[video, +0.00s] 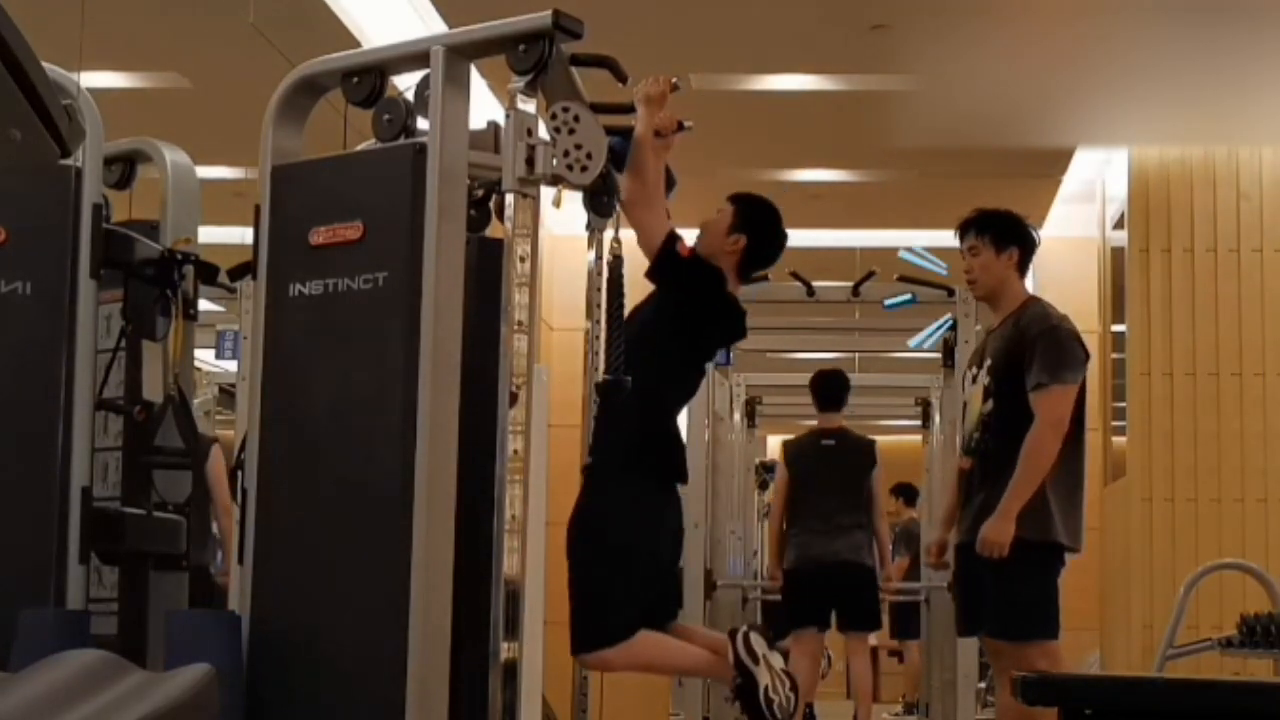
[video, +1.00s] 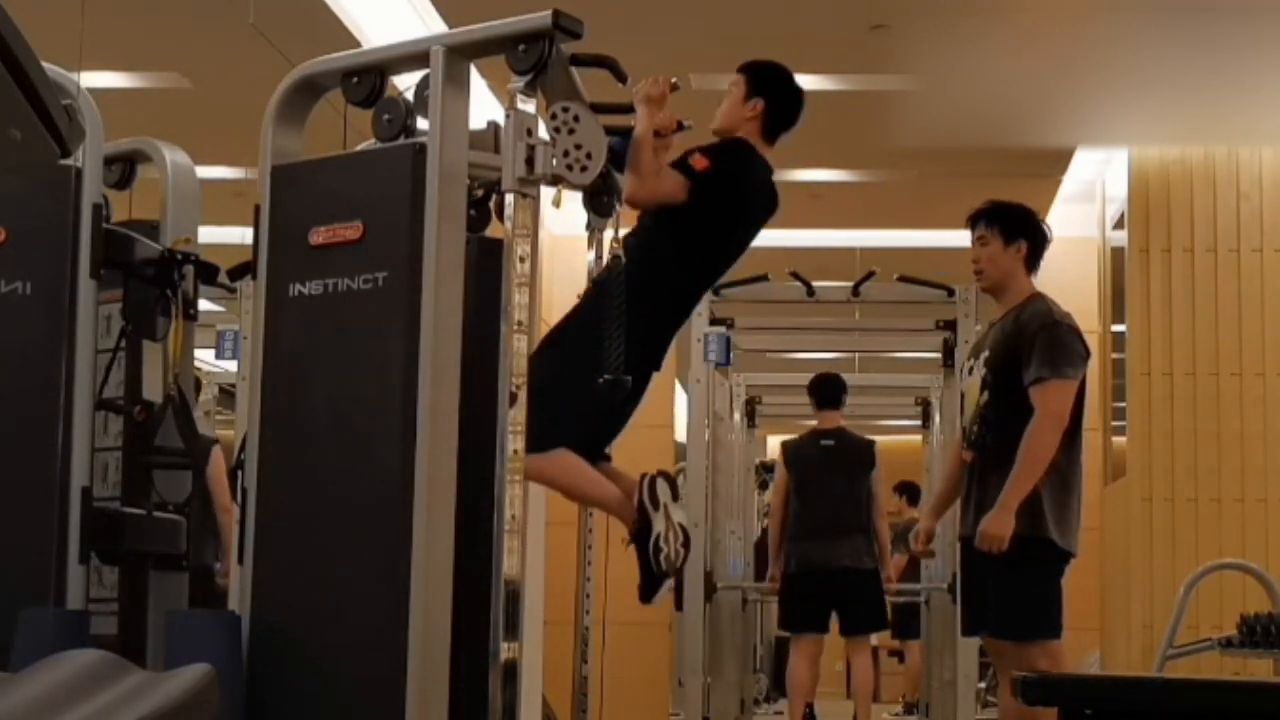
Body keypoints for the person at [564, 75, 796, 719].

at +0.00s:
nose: (708, 216)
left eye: (720, 213)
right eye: (718, 210)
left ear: (736, 239)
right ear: (741, 246)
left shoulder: (700, 289)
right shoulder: (704, 288)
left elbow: (643, 207)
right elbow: (649, 213)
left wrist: (643, 123)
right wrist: (658, 135)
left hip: (624, 481)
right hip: (645, 480)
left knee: (599, 646)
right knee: (641, 623)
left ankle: (731, 665)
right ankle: (741, 652)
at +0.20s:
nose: (688, 248)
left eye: (702, 247)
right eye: (700, 244)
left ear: (715, 272)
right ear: (720, 278)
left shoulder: (675, 310)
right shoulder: (677, 312)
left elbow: (641, 204)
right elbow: (645, 211)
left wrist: (643, 124)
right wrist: (656, 136)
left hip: (608, 516)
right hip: (632, 513)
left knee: (591, 675)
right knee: (645, 655)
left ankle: (721, 696)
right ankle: (734, 684)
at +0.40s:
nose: (708, 236)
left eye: (721, 236)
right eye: (719, 232)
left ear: (734, 265)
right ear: (732, 267)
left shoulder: (693, 302)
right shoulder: (690, 298)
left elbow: (640, 209)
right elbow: (644, 214)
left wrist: (643, 127)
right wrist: (655, 139)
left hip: (600, 490)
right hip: (620, 486)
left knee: (571, 651)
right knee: (625, 623)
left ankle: (710, 676)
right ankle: (716, 660)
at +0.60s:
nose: (730, 206)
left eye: (743, 201)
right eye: (740, 199)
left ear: (759, 223)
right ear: (769, 235)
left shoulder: (721, 265)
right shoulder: (732, 281)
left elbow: (643, 205)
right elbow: (647, 230)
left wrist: (644, 123)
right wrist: (657, 145)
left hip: (605, 427)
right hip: (628, 431)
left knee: (544, 589)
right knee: (593, 567)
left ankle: (680, 619)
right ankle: (686, 605)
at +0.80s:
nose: (736, 163)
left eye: (747, 154)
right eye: (743, 153)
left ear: (770, 170)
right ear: (782, 182)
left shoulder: (740, 215)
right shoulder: (763, 245)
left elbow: (642, 195)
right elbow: (655, 242)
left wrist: (646, 125)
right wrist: (657, 148)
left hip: (611, 367)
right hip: (640, 378)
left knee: (532, 508)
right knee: (577, 506)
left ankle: (651, 559)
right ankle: (655, 540)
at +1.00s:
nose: (720, 104)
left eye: (729, 95)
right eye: (726, 94)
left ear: (753, 107)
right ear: (766, 114)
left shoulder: (730, 160)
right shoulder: (757, 182)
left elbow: (642, 188)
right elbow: (646, 198)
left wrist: (646, 117)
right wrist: (659, 140)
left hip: (621, 310)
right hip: (645, 323)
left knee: (533, 450)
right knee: (572, 454)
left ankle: (634, 510)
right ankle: (645, 494)